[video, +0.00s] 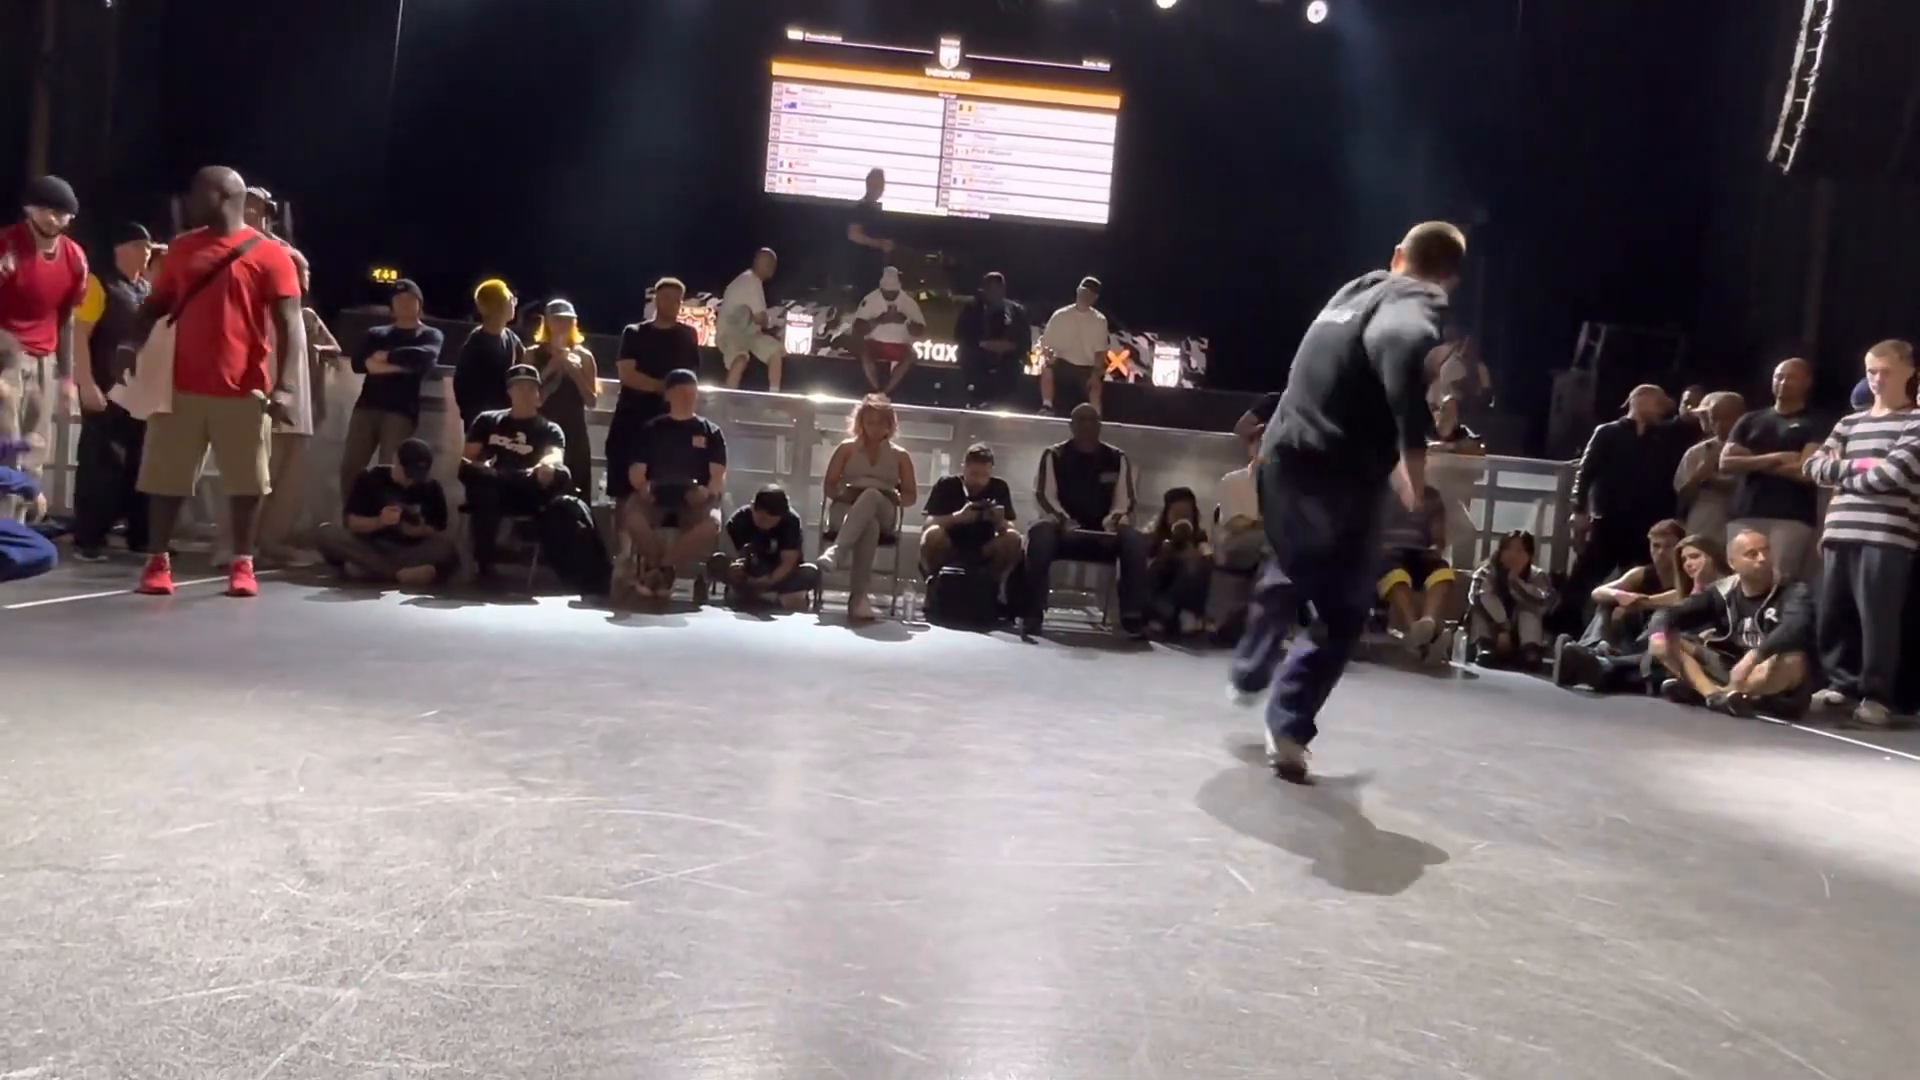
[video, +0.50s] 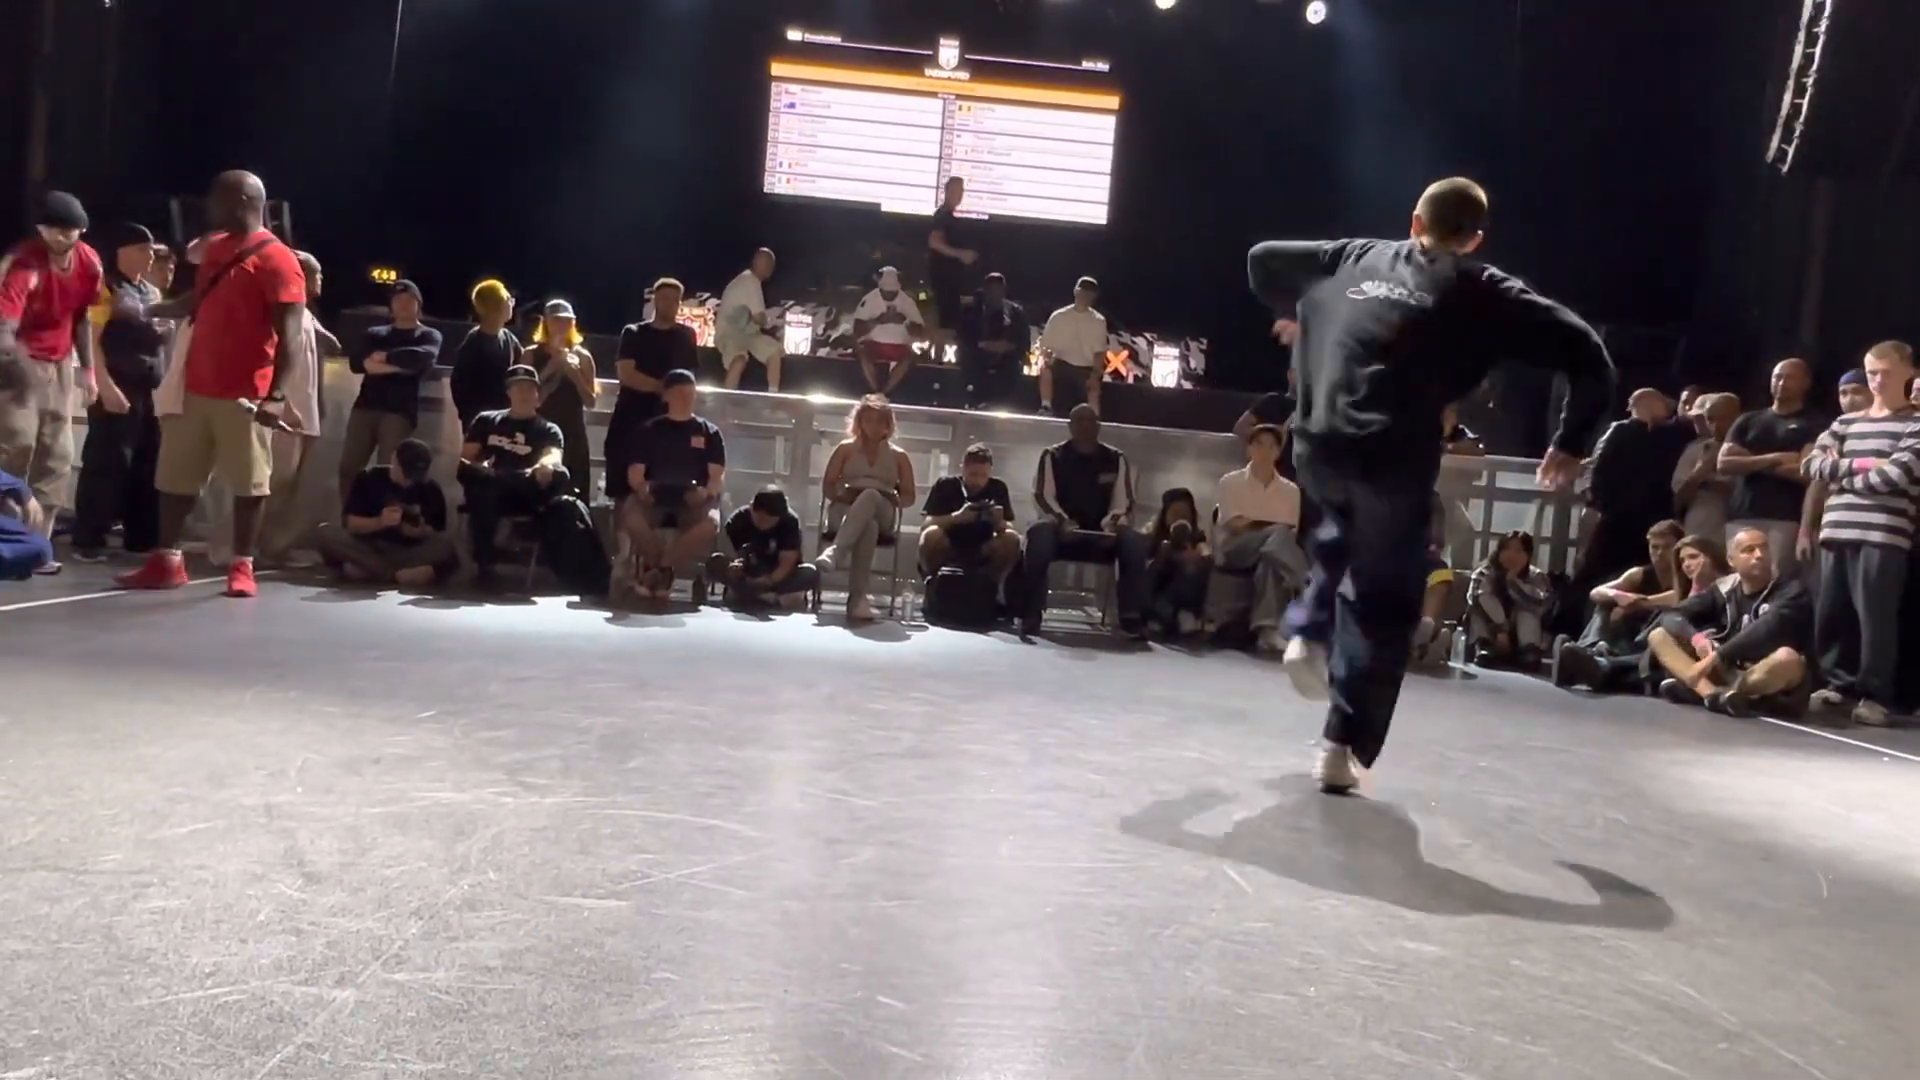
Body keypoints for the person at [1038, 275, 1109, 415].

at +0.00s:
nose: (1086, 294)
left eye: (1090, 291)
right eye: (1083, 289)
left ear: (1095, 297)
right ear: (1077, 291)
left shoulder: (1099, 320)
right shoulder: (1061, 315)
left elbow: (1100, 352)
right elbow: (1045, 341)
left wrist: (1096, 375)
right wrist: (1048, 355)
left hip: (1087, 365)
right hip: (1062, 361)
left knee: (1096, 381)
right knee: (1047, 370)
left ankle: (1095, 416)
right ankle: (1047, 406)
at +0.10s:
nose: (1086, 294)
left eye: (1090, 292)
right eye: (1083, 290)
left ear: (1095, 297)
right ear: (1077, 291)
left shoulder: (1099, 320)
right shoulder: (1060, 315)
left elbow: (1100, 352)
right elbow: (1046, 342)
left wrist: (1096, 375)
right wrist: (1047, 356)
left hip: (1087, 365)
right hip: (1062, 362)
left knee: (1095, 381)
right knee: (1047, 369)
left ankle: (1095, 417)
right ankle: (1047, 406)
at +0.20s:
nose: (1085, 295)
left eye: (1090, 292)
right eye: (1083, 290)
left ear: (1095, 297)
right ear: (1077, 291)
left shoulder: (1099, 320)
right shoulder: (1059, 315)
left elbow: (1100, 352)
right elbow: (1045, 342)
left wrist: (1096, 375)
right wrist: (1047, 357)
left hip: (1086, 365)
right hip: (1062, 362)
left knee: (1095, 382)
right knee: (1046, 369)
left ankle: (1094, 417)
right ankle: (1046, 406)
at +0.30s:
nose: (1085, 295)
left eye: (1089, 292)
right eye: (1082, 290)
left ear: (1094, 297)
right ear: (1076, 292)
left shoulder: (1098, 320)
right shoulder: (1059, 315)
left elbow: (1099, 352)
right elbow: (1045, 343)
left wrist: (1096, 375)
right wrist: (1047, 357)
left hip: (1086, 366)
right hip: (1061, 363)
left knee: (1095, 381)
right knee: (1045, 370)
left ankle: (1093, 417)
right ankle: (1045, 406)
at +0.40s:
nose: (1085, 294)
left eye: (1089, 292)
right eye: (1082, 290)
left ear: (1094, 296)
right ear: (1076, 292)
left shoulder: (1098, 321)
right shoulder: (1059, 315)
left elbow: (1099, 352)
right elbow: (1044, 343)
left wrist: (1095, 375)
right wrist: (1047, 357)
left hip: (1086, 365)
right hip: (1061, 362)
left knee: (1094, 381)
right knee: (1045, 370)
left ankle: (1093, 417)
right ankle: (1045, 406)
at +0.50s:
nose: (1085, 294)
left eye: (1089, 291)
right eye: (1082, 290)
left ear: (1094, 296)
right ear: (1075, 292)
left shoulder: (1098, 321)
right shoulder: (1059, 316)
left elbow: (1099, 352)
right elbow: (1045, 344)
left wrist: (1095, 375)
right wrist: (1047, 358)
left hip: (1086, 365)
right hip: (1061, 362)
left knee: (1094, 382)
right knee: (1045, 371)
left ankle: (1093, 417)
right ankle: (1045, 406)